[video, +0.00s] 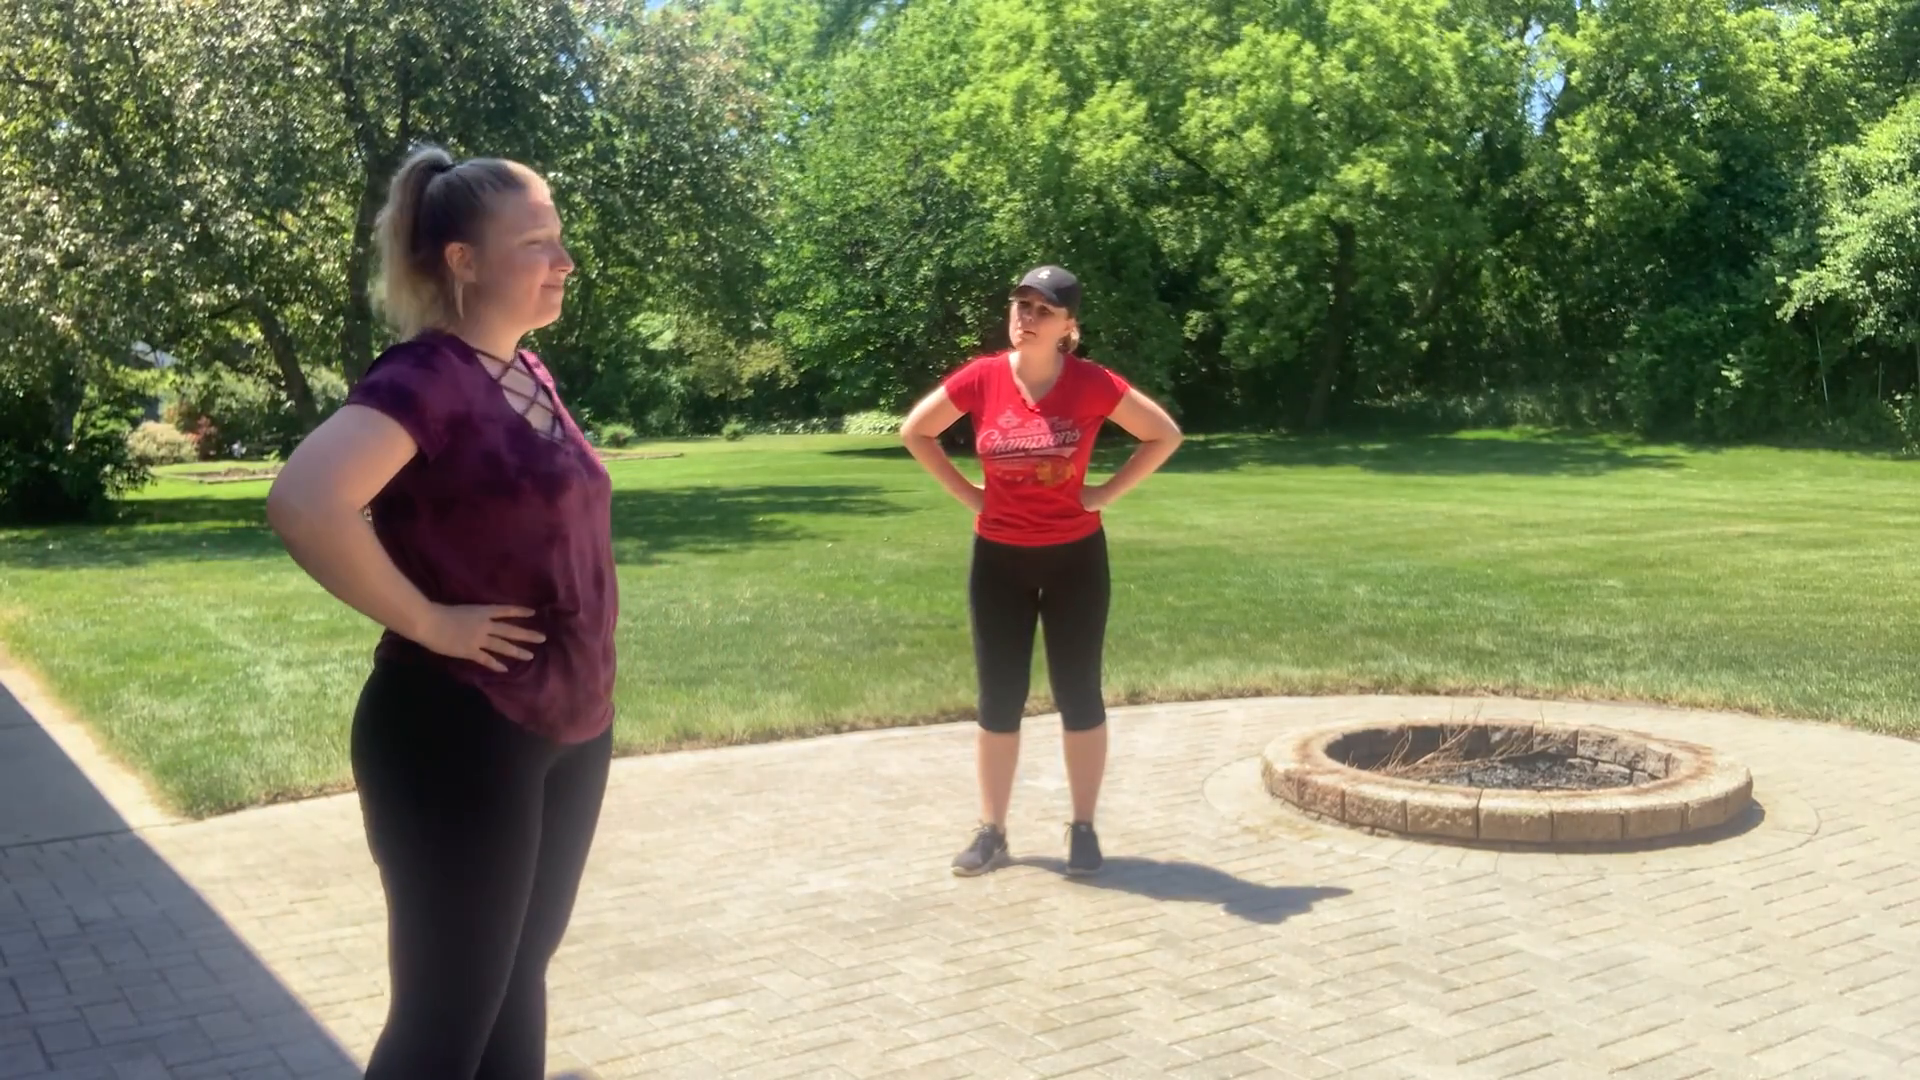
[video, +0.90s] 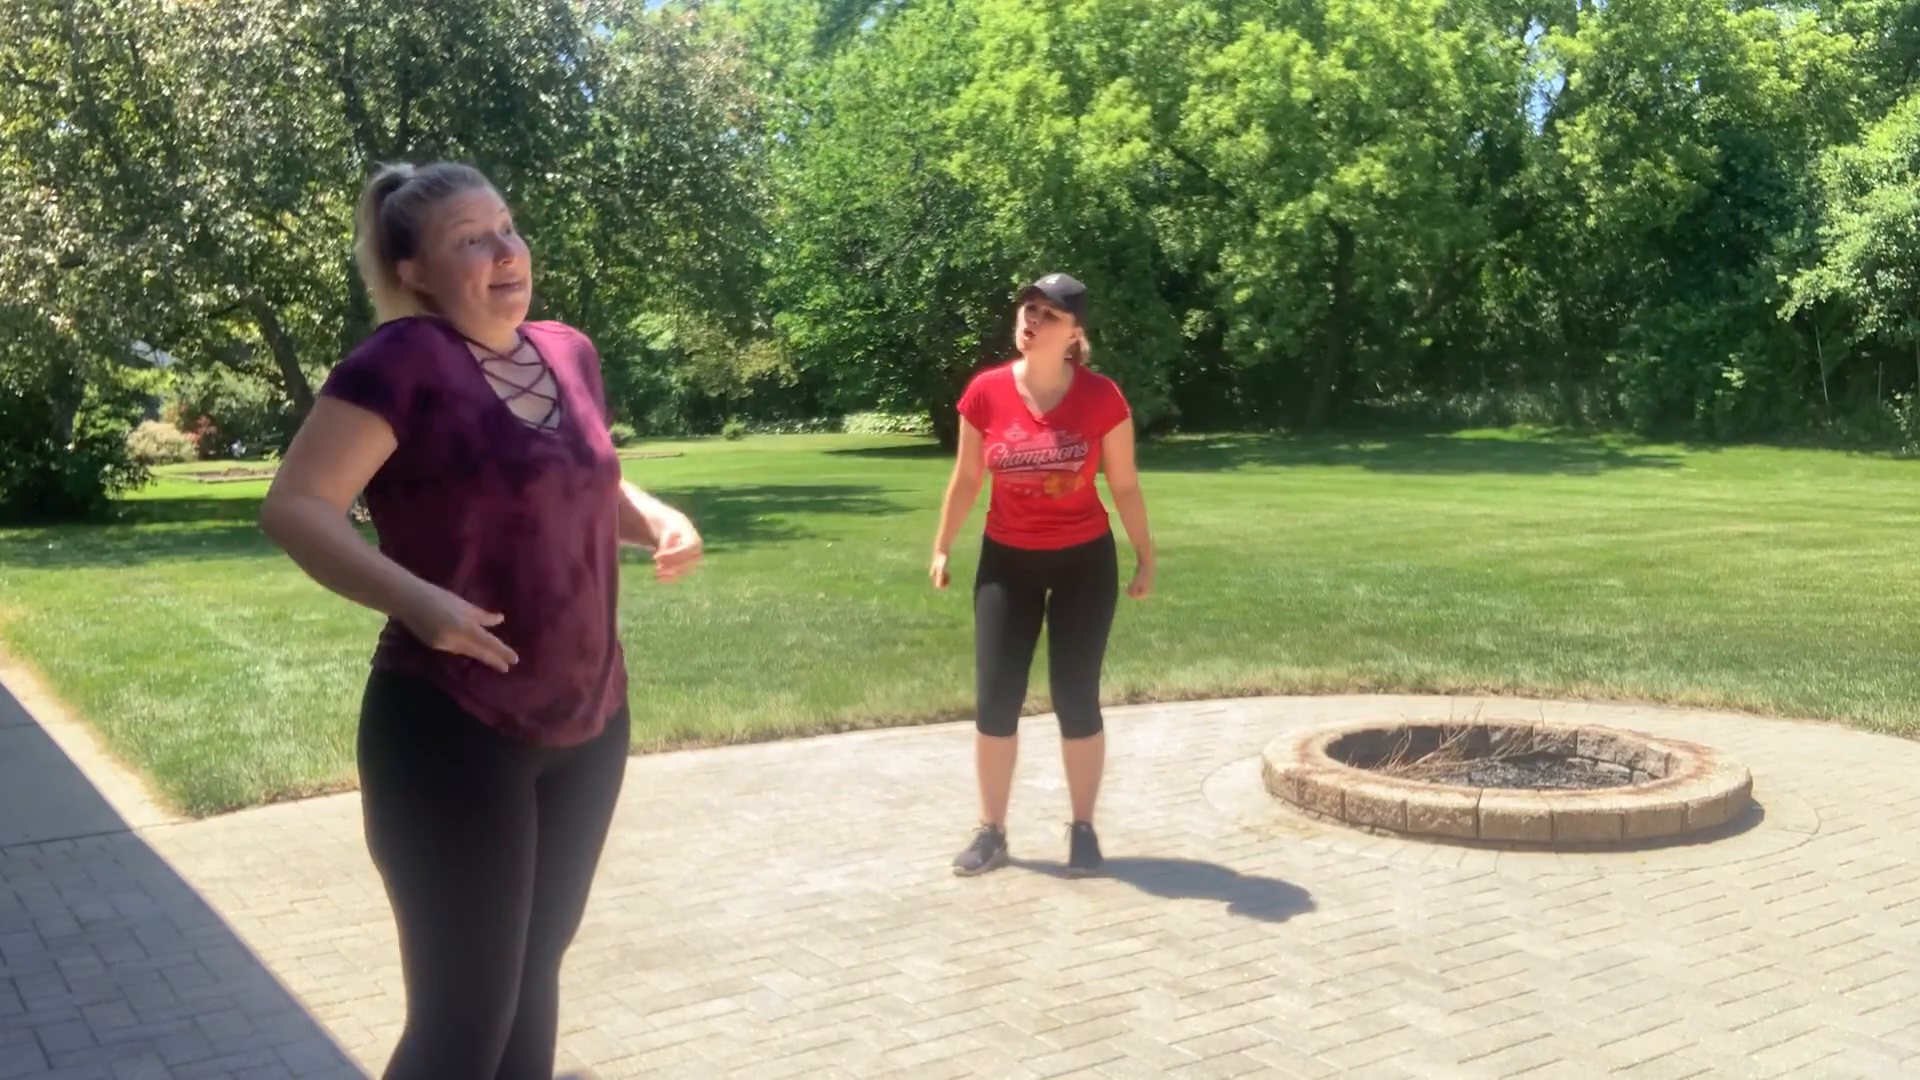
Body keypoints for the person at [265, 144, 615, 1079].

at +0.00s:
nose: (563, 260)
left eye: (560, 240)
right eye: (538, 243)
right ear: (462, 261)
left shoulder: (528, 370)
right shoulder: (426, 377)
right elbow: (306, 501)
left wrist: (560, 600)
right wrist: (425, 619)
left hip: (566, 717)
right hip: (462, 726)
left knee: (519, 984)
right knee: (444, 1019)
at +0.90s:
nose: (508, 254)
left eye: (510, 233)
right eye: (474, 243)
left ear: (522, 243)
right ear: (417, 275)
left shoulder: (570, 353)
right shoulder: (402, 361)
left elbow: (582, 478)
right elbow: (294, 506)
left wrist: (646, 514)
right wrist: (411, 597)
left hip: (585, 713)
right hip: (452, 721)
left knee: (534, 983)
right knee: (463, 1017)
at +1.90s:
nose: (543, 262)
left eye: (535, 240)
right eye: (528, 240)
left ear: (469, 257)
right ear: (477, 251)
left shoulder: (485, 377)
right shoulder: (432, 367)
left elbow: (493, 551)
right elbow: (405, 553)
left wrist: (615, 602)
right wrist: (539, 657)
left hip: (535, 720)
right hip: (464, 727)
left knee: (508, 1005)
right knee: (479, 1024)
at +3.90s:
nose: (607, 284)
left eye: (606, 264)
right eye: (602, 263)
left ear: (537, 268)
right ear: (559, 266)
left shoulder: (570, 376)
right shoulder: (456, 387)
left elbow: (585, 557)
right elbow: (433, 592)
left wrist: (656, 665)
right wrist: (507, 755)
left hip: (590, 732)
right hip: (481, 738)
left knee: (546, 998)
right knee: (471, 1022)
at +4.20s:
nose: (604, 275)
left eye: (606, 254)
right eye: (581, 254)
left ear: (603, 258)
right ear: (504, 260)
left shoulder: (593, 371)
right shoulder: (443, 370)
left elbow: (606, 553)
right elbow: (388, 543)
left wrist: (674, 651)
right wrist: (449, 645)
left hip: (573, 721)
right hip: (442, 719)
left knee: (541, 1005)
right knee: (459, 1011)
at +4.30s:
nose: (560, 280)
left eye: (571, 259)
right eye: (536, 257)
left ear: (583, 265)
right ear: (466, 257)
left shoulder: (579, 385)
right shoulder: (411, 363)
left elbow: (586, 568)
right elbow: (315, 519)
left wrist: (683, 639)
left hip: (568, 729)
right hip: (427, 728)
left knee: (530, 1015)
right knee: (440, 1024)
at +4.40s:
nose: (511, 267)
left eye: (530, 250)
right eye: (485, 246)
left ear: (551, 274)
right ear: (432, 262)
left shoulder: (568, 399)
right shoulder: (370, 363)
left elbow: (584, 575)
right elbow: (243, 507)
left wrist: (680, 615)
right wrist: (317, 419)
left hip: (550, 747)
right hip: (389, 743)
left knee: (534, 1036)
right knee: (417, 1038)